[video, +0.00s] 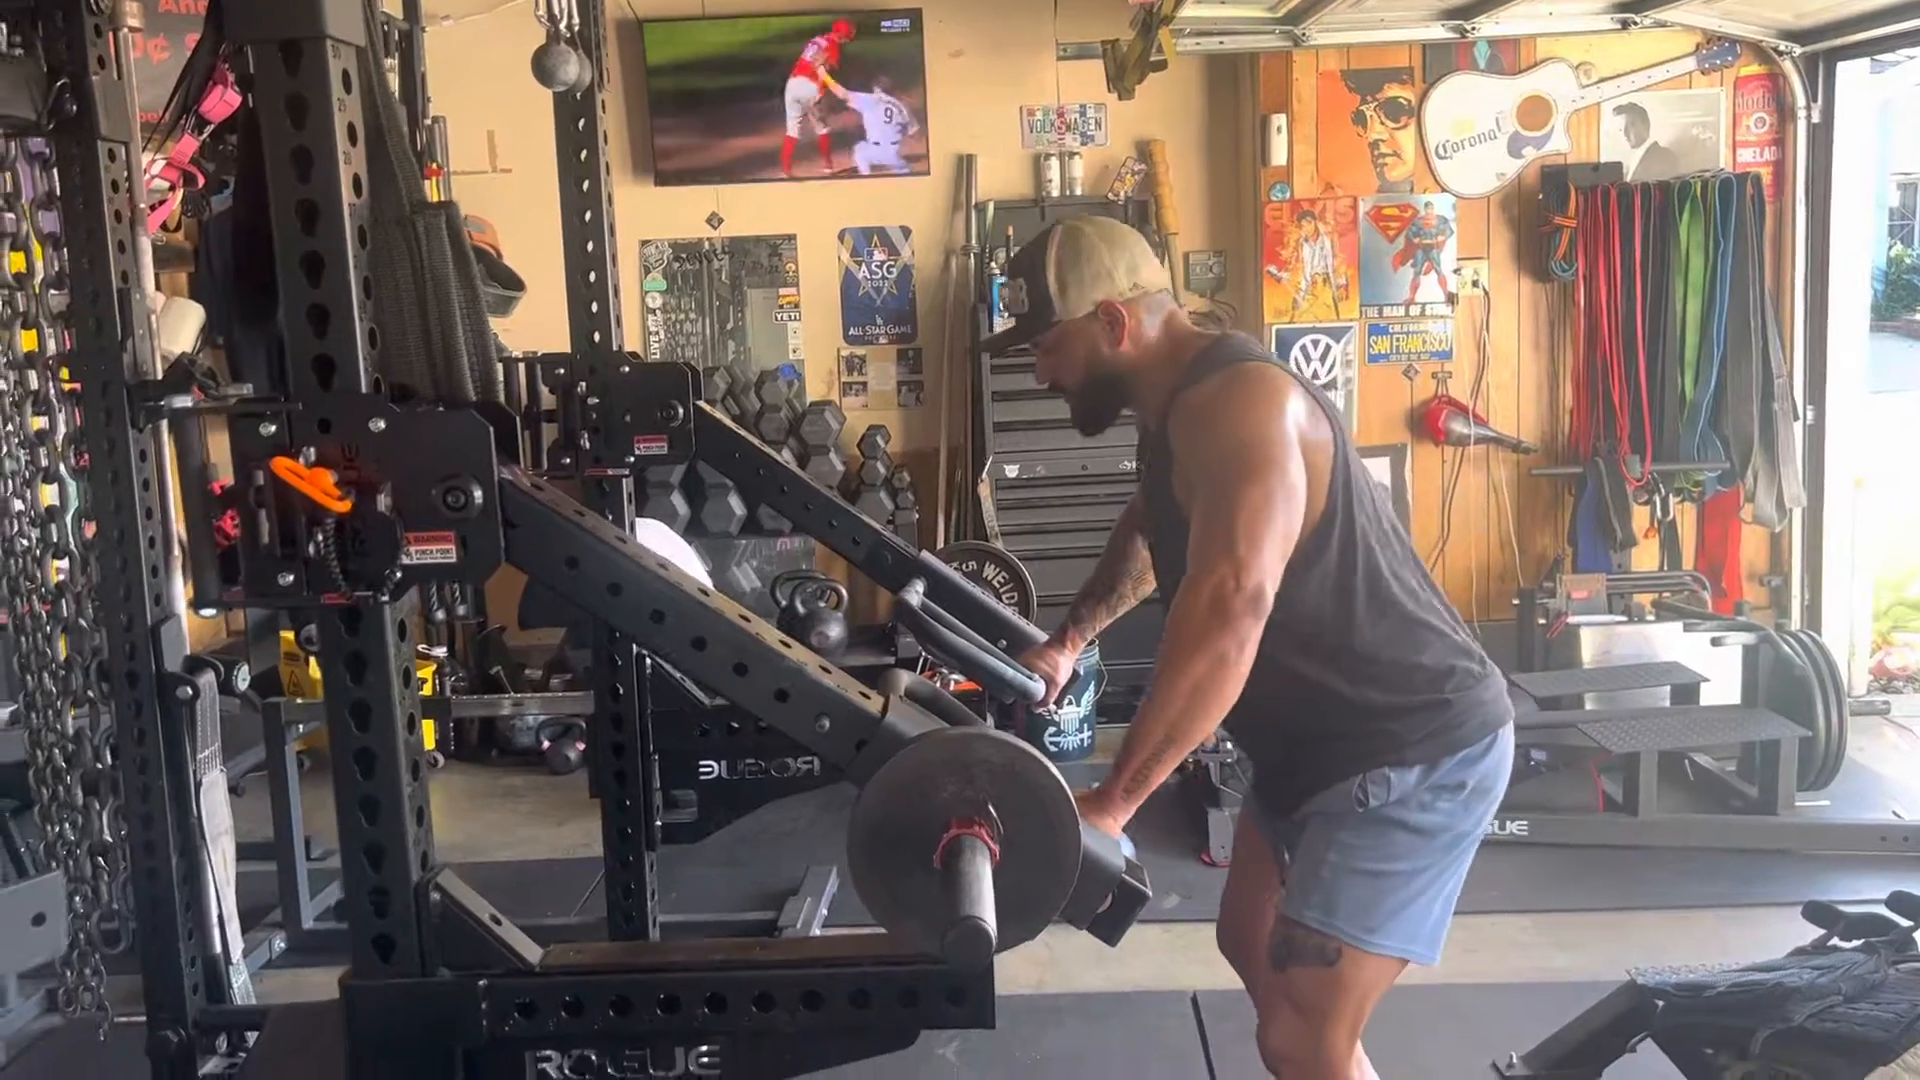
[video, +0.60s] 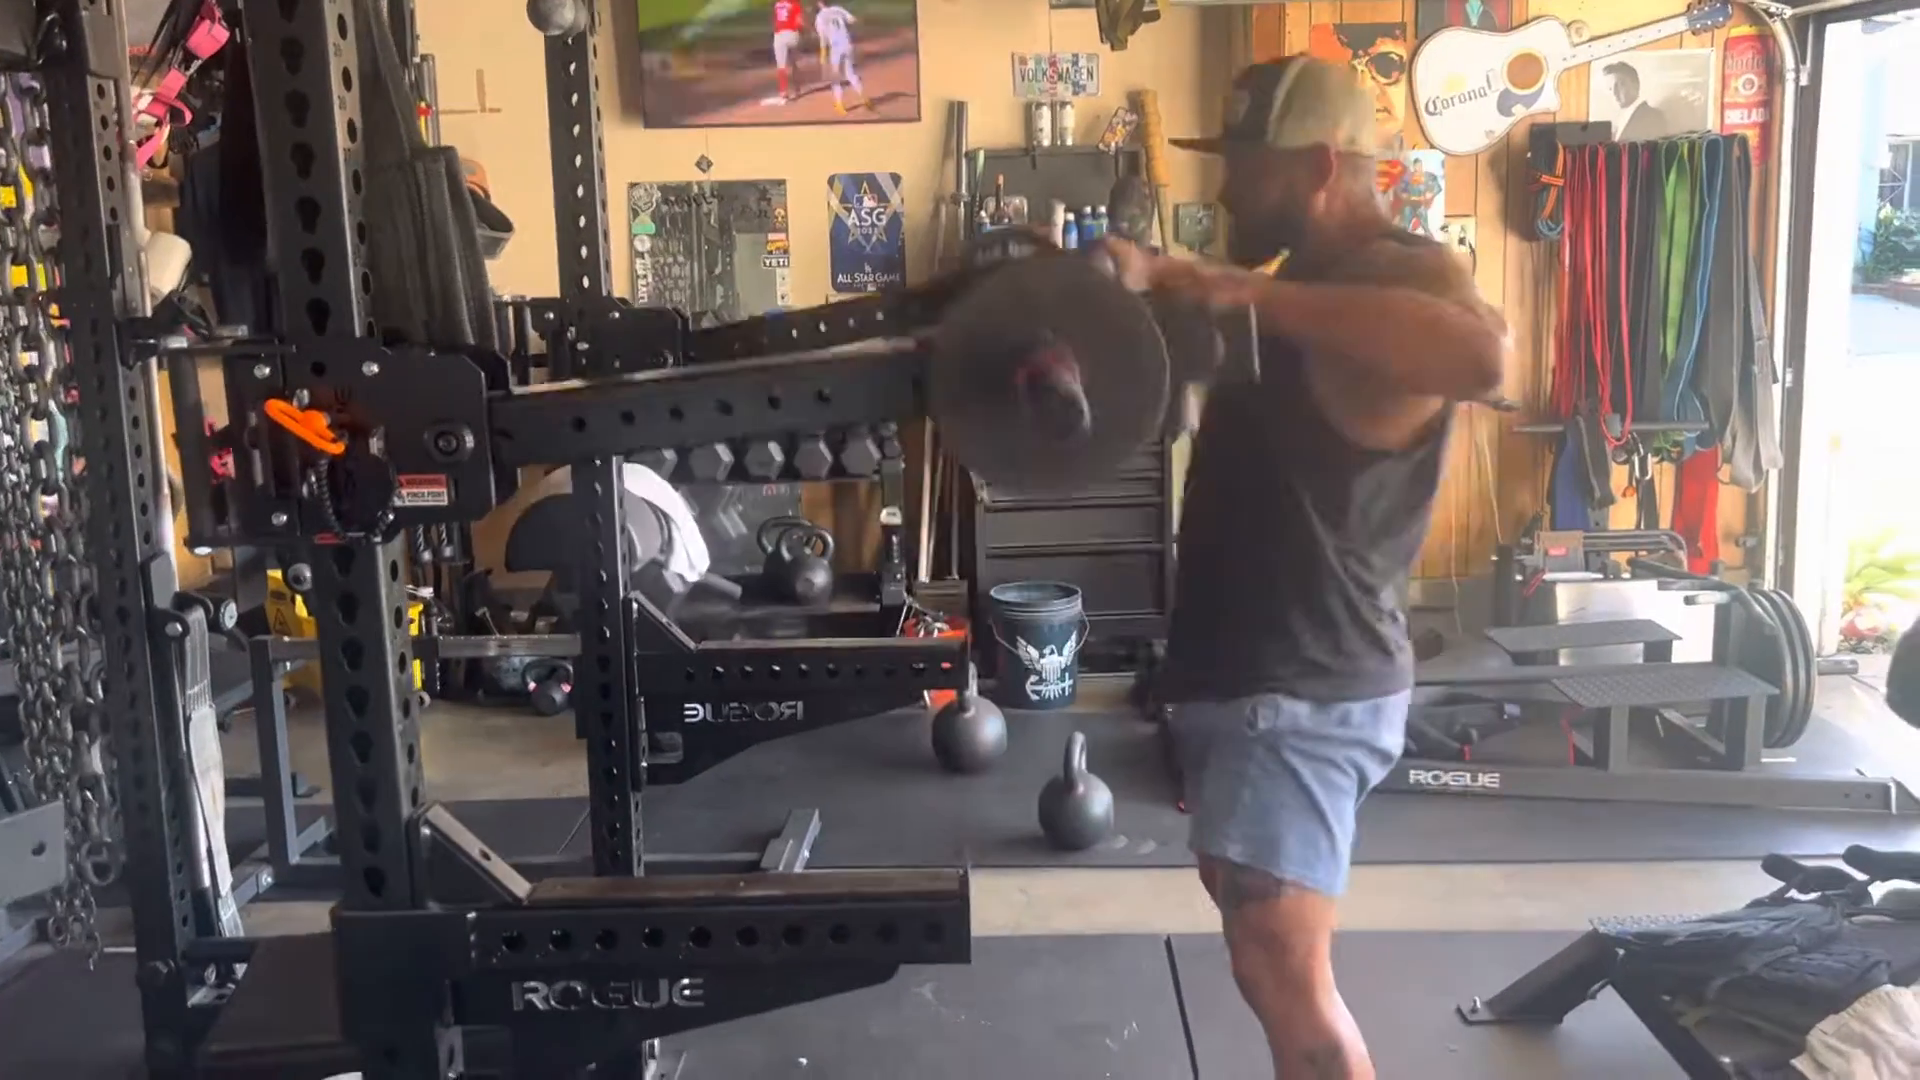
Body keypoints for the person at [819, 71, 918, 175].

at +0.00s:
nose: (874, 89)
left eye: (874, 86)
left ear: (875, 86)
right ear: (889, 89)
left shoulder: (869, 99)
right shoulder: (899, 105)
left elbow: (842, 94)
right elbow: (914, 129)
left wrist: (824, 75)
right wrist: (896, 135)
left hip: (873, 150)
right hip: (893, 151)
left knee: (859, 149)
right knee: (904, 171)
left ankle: (866, 177)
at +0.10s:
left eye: (868, 79)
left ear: (868, 82)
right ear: (881, 82)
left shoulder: (863, 95)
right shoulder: (890, 95)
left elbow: (840, 97)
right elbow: (915, 108)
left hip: (877, 141)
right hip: (896, 140)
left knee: (860, 146)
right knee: (903, 165)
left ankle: (867, 172)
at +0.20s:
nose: (849, 64)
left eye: (851, 61)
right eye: (849, 61)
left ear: (858, 64)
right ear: (866, 63)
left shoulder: (854, 80)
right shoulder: (878, 74)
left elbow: (840, 93)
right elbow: (899, 82)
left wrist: (824, 84)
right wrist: (909, 77)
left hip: (871, 116)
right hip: (888, 114)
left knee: (854, 129)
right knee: (890, 136)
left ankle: (865, 156)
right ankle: (902, 155)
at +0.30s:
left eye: (840, 42)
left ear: (843, 43)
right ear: (853, 41)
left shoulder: (843, 56)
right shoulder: (864, 49)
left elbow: (834, 76)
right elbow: (882, 57)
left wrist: (814, 77)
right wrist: (893, 52)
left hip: (857, 91)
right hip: (874, 88)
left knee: (846, 110)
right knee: (881, 114)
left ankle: (856, 136)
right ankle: (899, 137)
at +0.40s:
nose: (831, 24)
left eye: (830, 23)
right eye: (833, 22)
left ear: (831, 25)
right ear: (841, 22)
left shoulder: (832, 36)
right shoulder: (852, 29)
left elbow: (828, 57)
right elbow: (868, 37)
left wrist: (813, 71)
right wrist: (880, 38)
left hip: (848, 67)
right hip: (862, 64)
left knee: (841, 93)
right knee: (870, 91)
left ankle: (849, 120)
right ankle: (889, 117)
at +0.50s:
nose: (822, 13)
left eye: (822, 10)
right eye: (822, 10)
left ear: (825, 10)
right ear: (832, 8)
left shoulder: (825, 23)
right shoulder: (843, 16)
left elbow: (823, 46)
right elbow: (859, 25)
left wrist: (816, 69)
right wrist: (869, 29)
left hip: (841, 53)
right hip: (854, 50)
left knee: (837, 82)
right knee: (860, 79)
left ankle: (844, 109)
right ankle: (875, 102)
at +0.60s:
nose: (819, 5)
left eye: (818, 4)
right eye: (819, 3)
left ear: (819, 4)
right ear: (827, 3)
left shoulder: (820, 17)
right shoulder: (838, 9)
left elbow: (823, 37)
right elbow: (852, 19)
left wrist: (823, 56)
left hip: (835, 47)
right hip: (847, 45)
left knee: (835, 75)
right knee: (850, 72)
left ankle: (839, 103)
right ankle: (863, 95)